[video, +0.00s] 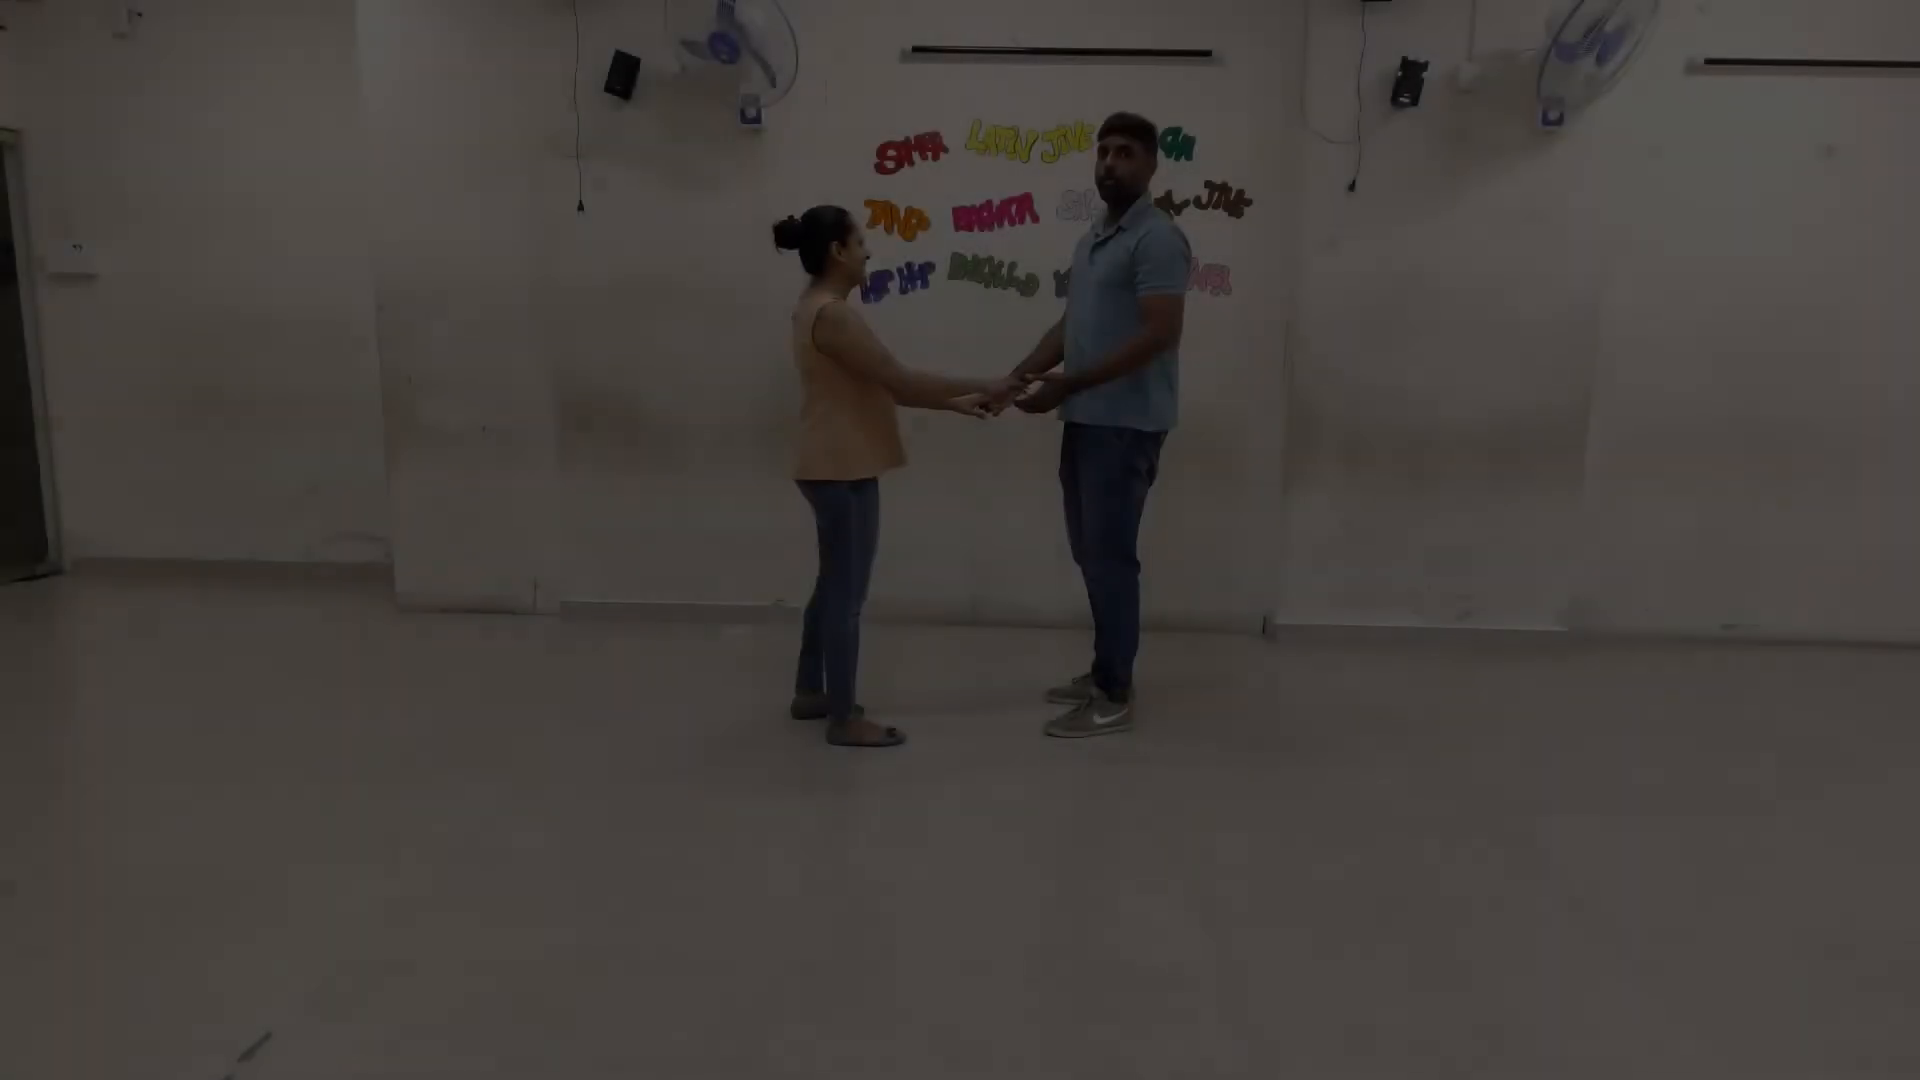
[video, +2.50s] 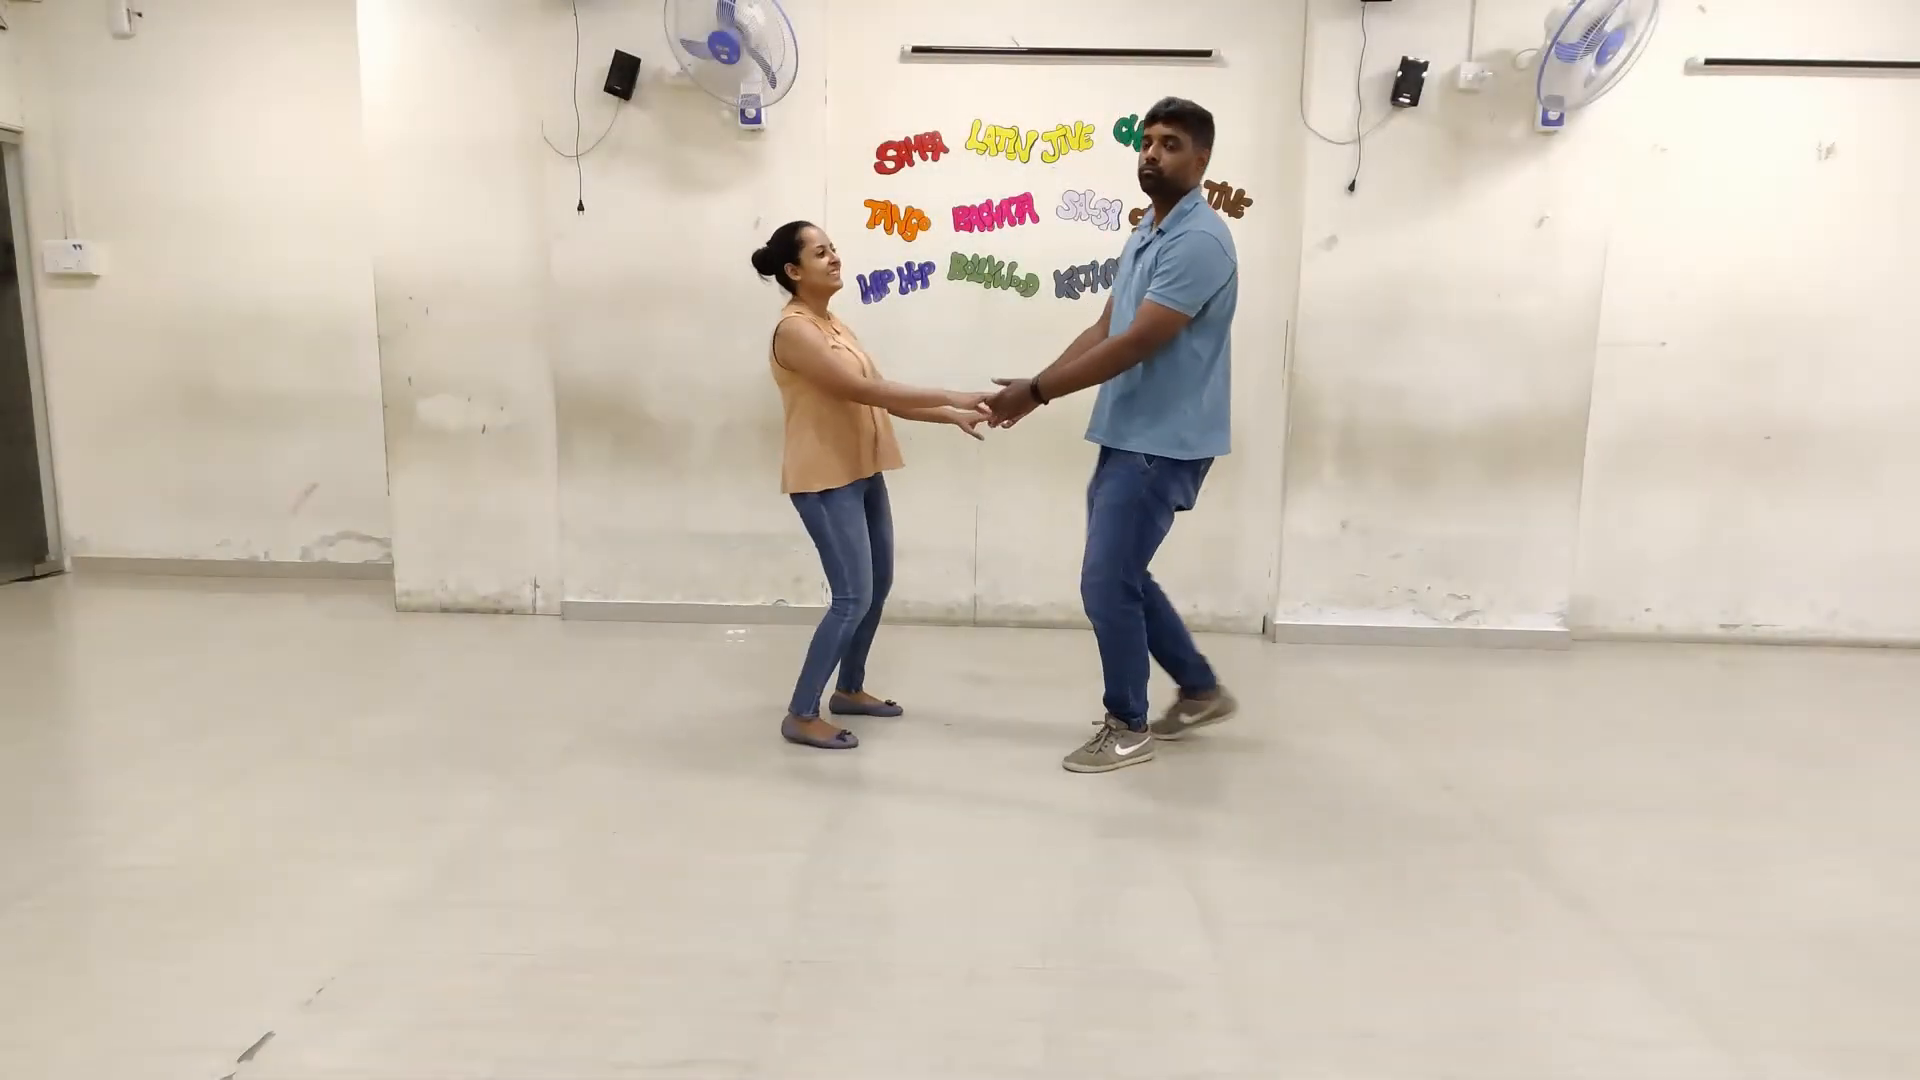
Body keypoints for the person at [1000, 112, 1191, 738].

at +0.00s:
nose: (1111, 163)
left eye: (1125, 154)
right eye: (1105, 153)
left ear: (1151, 166)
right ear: (1095, 163)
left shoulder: (1159, 238)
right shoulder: (1094, 240)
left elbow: (1162, 333)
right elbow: (1073, 324)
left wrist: (1071, 383)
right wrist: (1022, 373)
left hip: (1128, 421)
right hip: (1088, 416)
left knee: (1111, 552)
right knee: (1092, 551)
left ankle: (1114, 697)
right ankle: (1107, 674)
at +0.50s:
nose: (1099, 158)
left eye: (1113, 149)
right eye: (1099, 148)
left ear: (1151, 161)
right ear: (1107, 160)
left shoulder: (1155, 237)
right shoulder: (1119, 234)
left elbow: (1140, 335)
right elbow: (1085, 328)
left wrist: (1046, 387)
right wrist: (1025, 377)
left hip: (1126, 429)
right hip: (1087, 421)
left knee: (1106, 563)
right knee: (1056, 549)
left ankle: (1112, 698)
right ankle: (1015, 671)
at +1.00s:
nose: (1103, 163)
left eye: (1116, 155)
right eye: (1105, 154)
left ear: (1153, 169)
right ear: (1131, 170)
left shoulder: (1161, 241)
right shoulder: (1122, 242)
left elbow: (1119, 336)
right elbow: (1078, 332)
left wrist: (1030, 394)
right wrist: (1014, 384)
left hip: (1127, 429)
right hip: (1102, 425)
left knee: (1084, 561)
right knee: (1096, 556)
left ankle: (1111, 694)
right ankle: (1146, 682)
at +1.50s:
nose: (1129, 156)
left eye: (1145, 148)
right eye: (1123, 147)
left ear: (1174, 165)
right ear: (1115, 162)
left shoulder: (1177, 235)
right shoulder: (1122, 239)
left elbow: (1141, 334)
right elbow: (1087, 326)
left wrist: (1054, 392)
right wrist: (1015, 368)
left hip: (1151, 427)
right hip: (1116, 423)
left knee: (1103, 559)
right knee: (1128, 556)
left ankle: (1106, 709)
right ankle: (1152, 687)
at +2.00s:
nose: (1133, 143)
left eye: (1150, 134)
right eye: (1126, 133)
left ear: (1177, 150)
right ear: (1115, 146)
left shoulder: (1183, 228)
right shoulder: (1116, 232)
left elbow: (1147, 330)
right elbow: (1090, 328)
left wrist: (1044, 384)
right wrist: (1032, 386)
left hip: (1145, 436)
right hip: (1095, 428)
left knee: (1111, 580)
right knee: (1067, 560)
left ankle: (1132, 727)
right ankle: (1096, 687)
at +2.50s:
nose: (1151, 153)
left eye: (1170, 144)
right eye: (1147, 142)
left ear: (1202, 161)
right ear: (1139, 153)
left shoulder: (1200, 240)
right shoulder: (1148, 233)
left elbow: (1142, 342)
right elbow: (1105, 329)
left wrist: (1039, 389)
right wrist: (1033, 389)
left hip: (1164, 442)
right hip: (1126, 435)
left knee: (1107, 583)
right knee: (1118, 574)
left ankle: (1127, 725)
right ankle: (1202, 689)